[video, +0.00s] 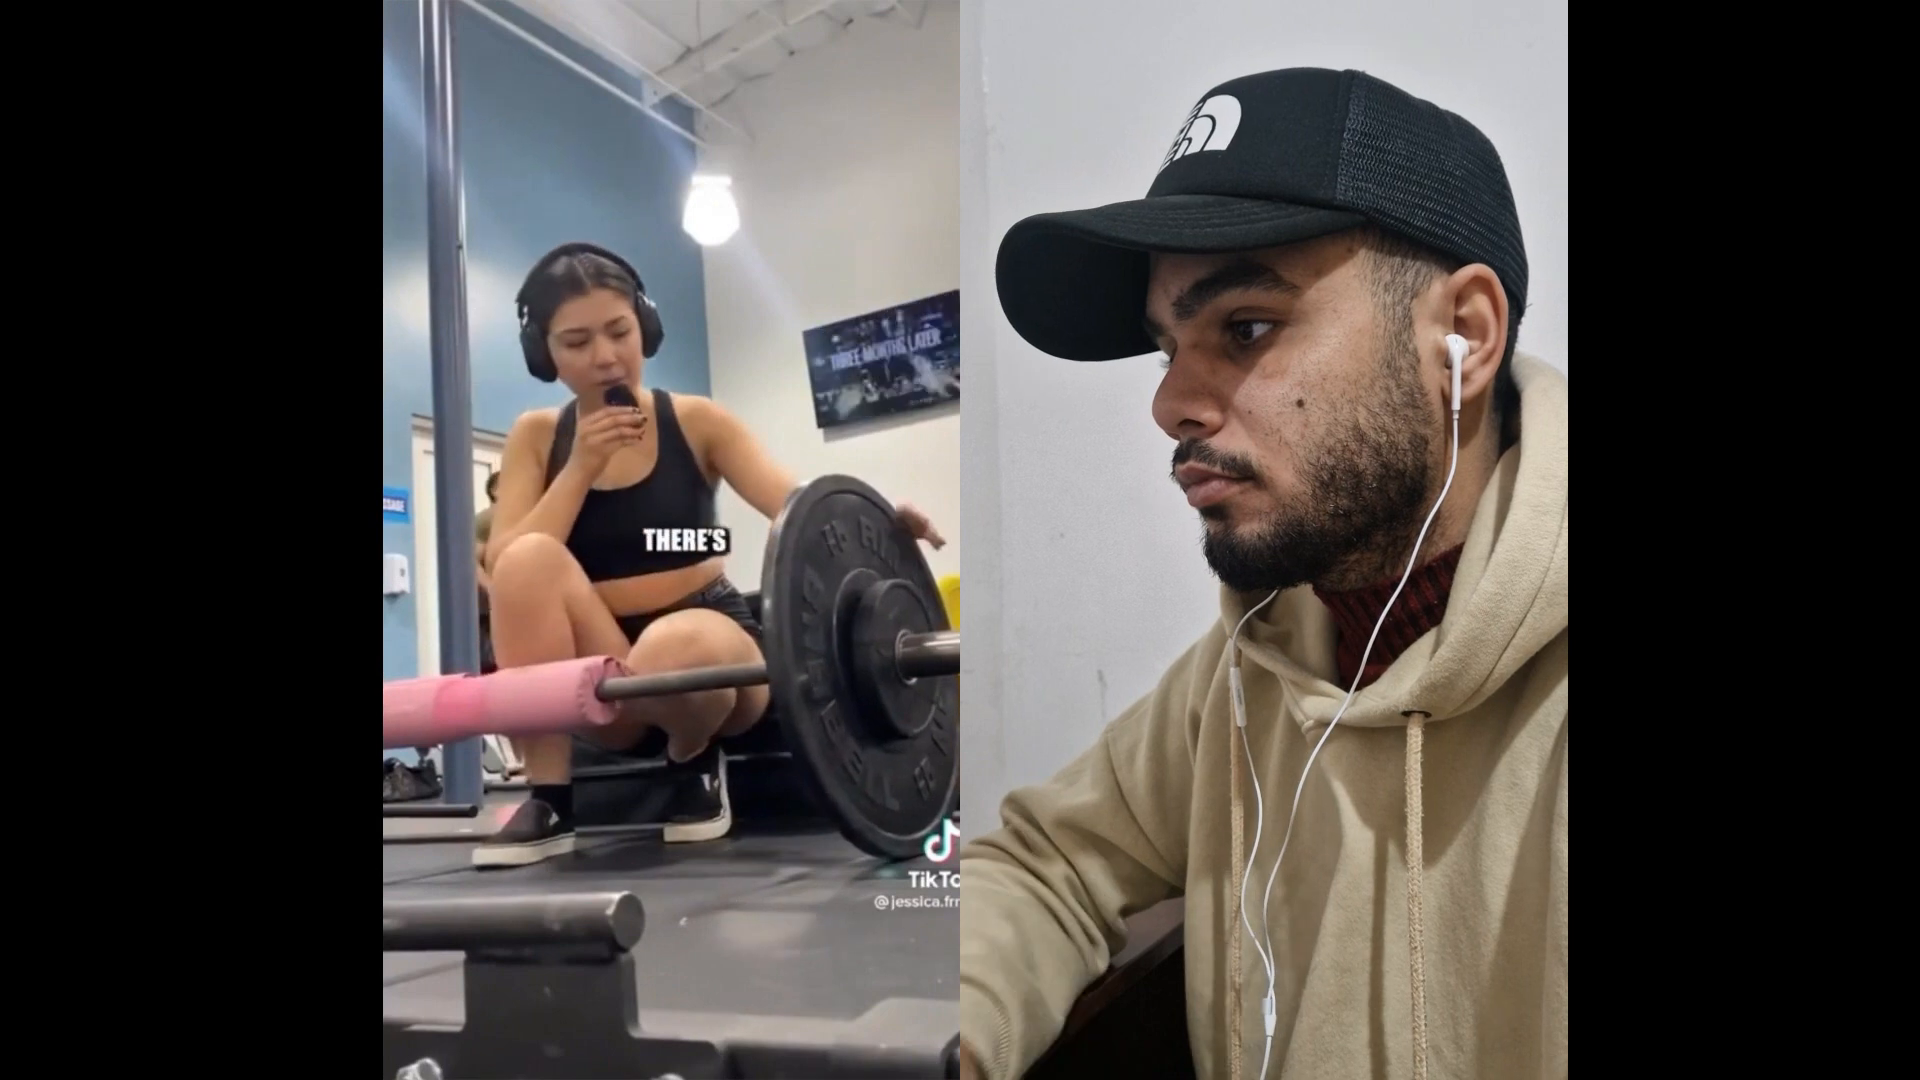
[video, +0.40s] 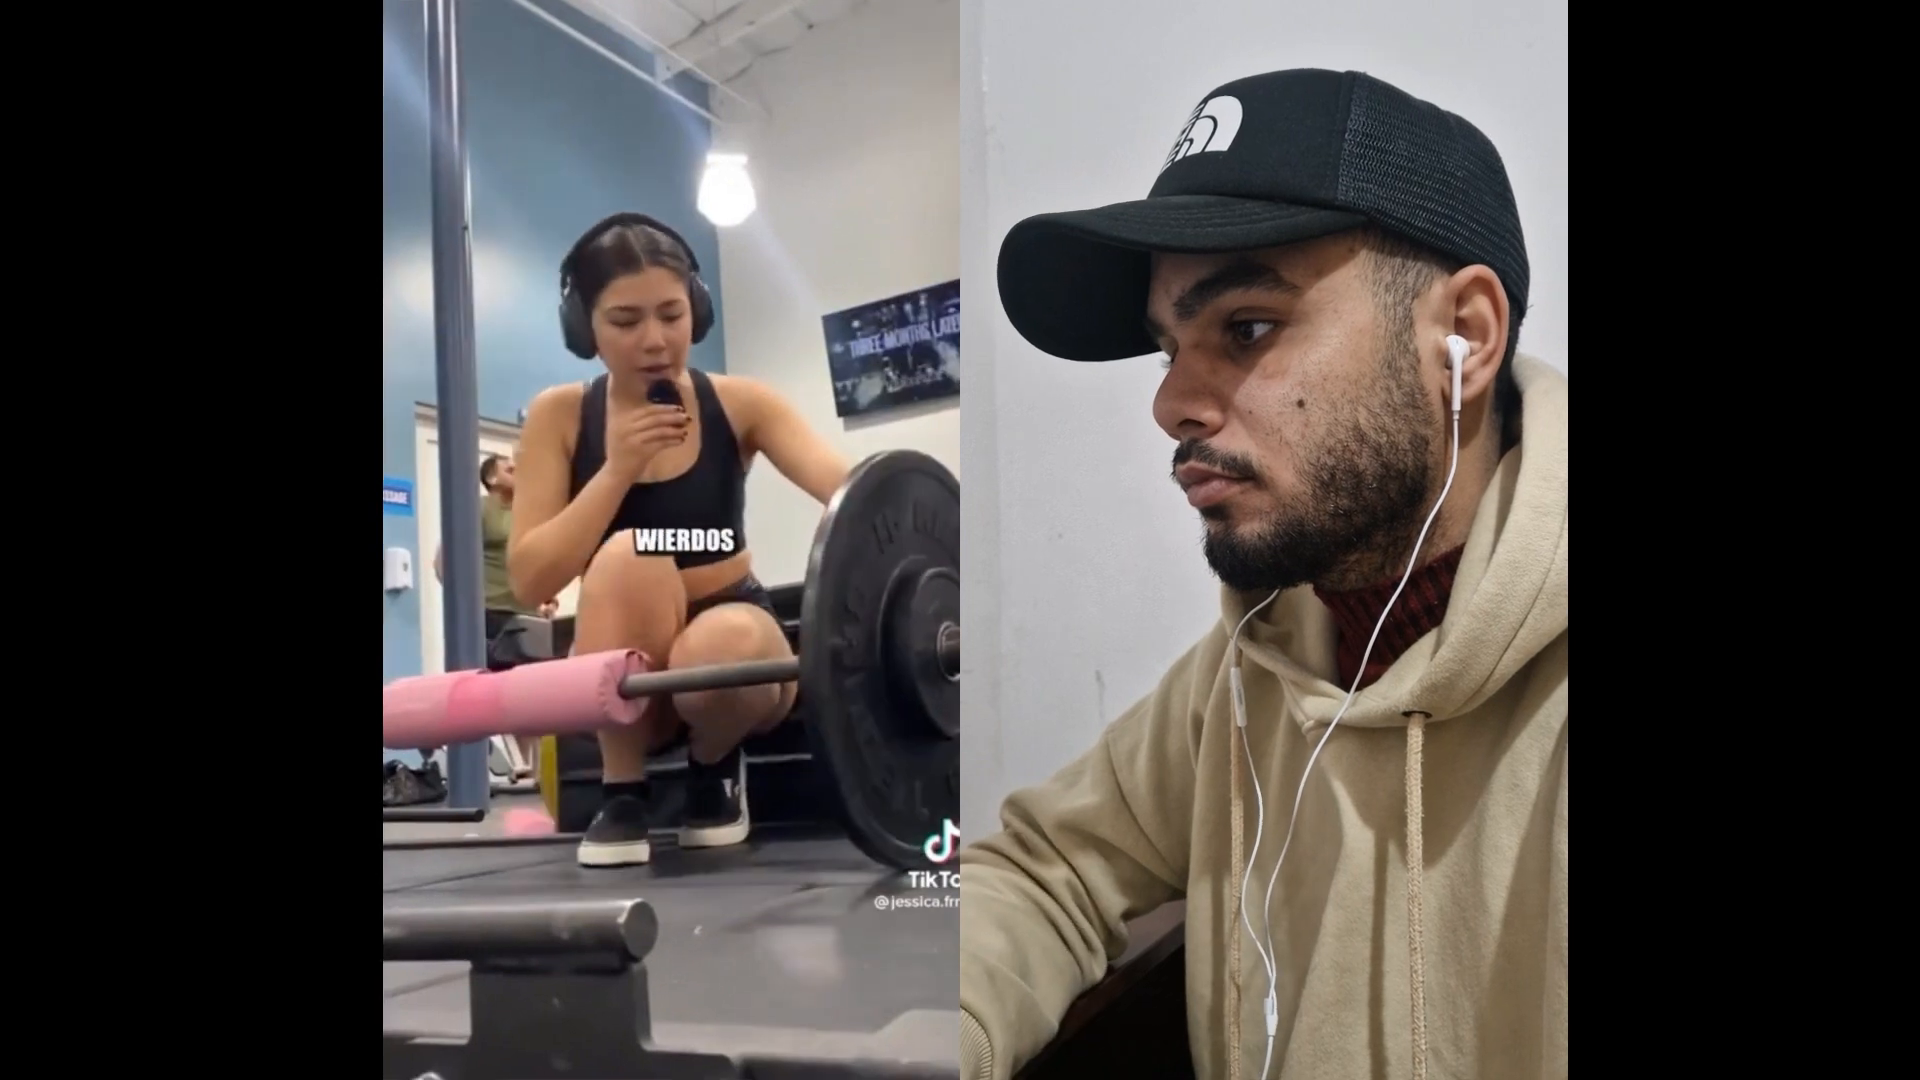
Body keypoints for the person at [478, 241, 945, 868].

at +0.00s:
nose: (605, 355)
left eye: (618, 331)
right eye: (578, 341)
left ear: (643, 329)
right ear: (548, 355)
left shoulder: (697, 422)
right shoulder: (536, 435)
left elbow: (792, 505)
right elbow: (508, 569)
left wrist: (877, 526)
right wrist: (579, 470)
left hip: (712, 652)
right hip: (598, 669)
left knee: (674, 650)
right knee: (526, 559)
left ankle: (693, 761)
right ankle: (545, 798)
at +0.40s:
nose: (654, 340)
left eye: (671, 314)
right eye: (626, 320)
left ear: (695, 312)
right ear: (586, 327)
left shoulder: (743, 404)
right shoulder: (559, 416)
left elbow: (845, 488)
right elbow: (530, 581)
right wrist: (616, 472)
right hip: (620, 657)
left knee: (722, 658)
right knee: (627, 560)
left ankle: (712, 765)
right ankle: (622, 793)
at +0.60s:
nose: (652, 324)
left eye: (671, 299)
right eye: (625, 301)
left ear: (695, 295)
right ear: (584, 302)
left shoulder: (736, 386)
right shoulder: (551, 395)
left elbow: (843, 474)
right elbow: (521, 565)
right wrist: (618, 456)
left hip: (713, 634)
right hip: (589, 634)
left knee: (828, 691)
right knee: (710, 581)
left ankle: (680, 750)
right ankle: (637, 781)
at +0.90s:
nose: (656, 304)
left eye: (677, 278)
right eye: (630, 280)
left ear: (701, 273)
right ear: (586, 275)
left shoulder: (740, 358)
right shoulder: (555, 387)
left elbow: (859, 442)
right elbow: (528, 561)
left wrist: (927, 502)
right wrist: (619, 437)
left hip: (748, 606)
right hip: (624, 618)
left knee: (861, 808)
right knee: (789, 650)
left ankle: (705, 754)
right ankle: (642, 771)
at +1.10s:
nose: (850, 179)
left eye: (873, 161)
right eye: (834, 146)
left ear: (887, 159)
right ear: (777, 119)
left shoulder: (856, 250)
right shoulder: (685, 221)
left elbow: (860, 388)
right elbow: (611, 392)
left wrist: (854, 457)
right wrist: (742, 291)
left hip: (819, 512)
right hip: (708, 505)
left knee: (837, 784)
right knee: (782, 799)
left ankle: (702, 735)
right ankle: (626, 721)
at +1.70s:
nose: (829, 285)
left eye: (849, 267)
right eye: (813, 255)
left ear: (860, 261)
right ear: (758, 229)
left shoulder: (830, 336)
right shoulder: (670, 312)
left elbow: (868, 451)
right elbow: (603, 475)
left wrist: (847, 519)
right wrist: (720, 372)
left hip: (798, 587)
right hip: (683, 585)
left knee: (848, 783)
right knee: (779, 803)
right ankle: (673, 732)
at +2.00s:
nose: (780, 325)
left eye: (800, 306)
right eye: (764, 297)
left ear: (813, 302)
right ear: (714, 279)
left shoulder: (796, 380)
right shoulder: (643, 358)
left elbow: (831, 506)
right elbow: (587, 504)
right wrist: (696, 406)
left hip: (776, 621)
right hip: (662, 619)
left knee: (837, 780)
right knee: (774, 797)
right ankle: (665, 750)